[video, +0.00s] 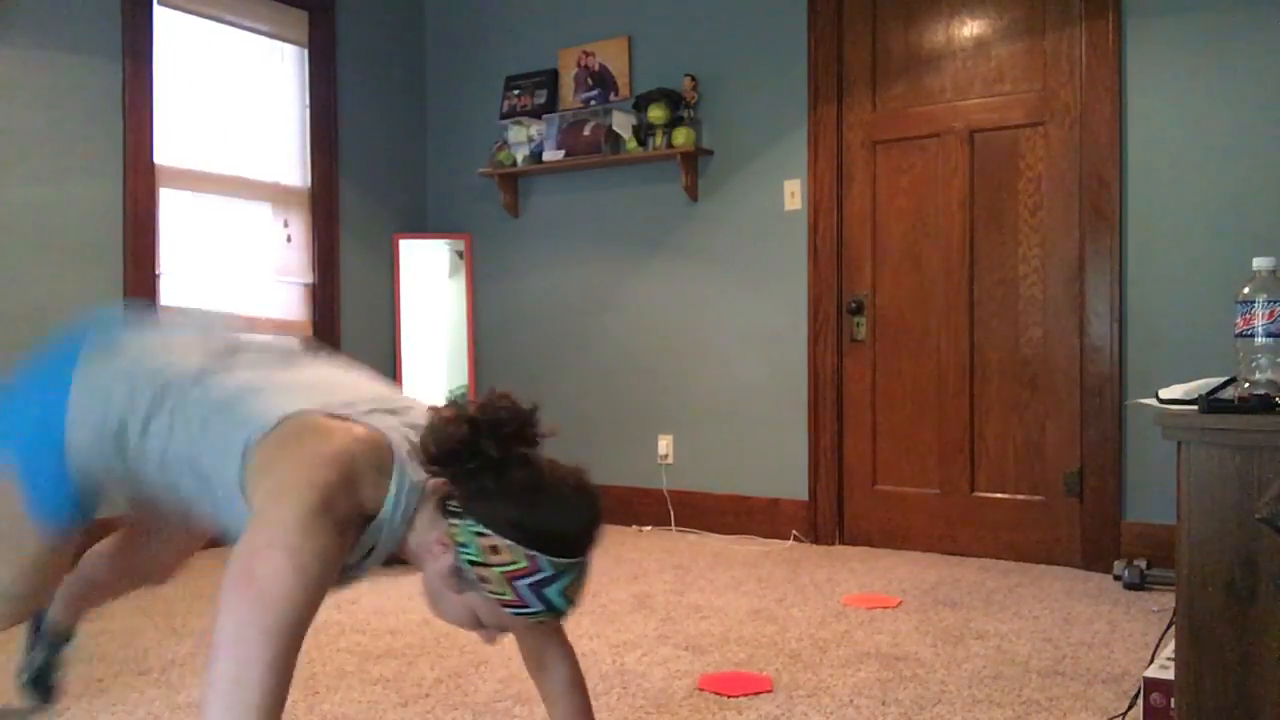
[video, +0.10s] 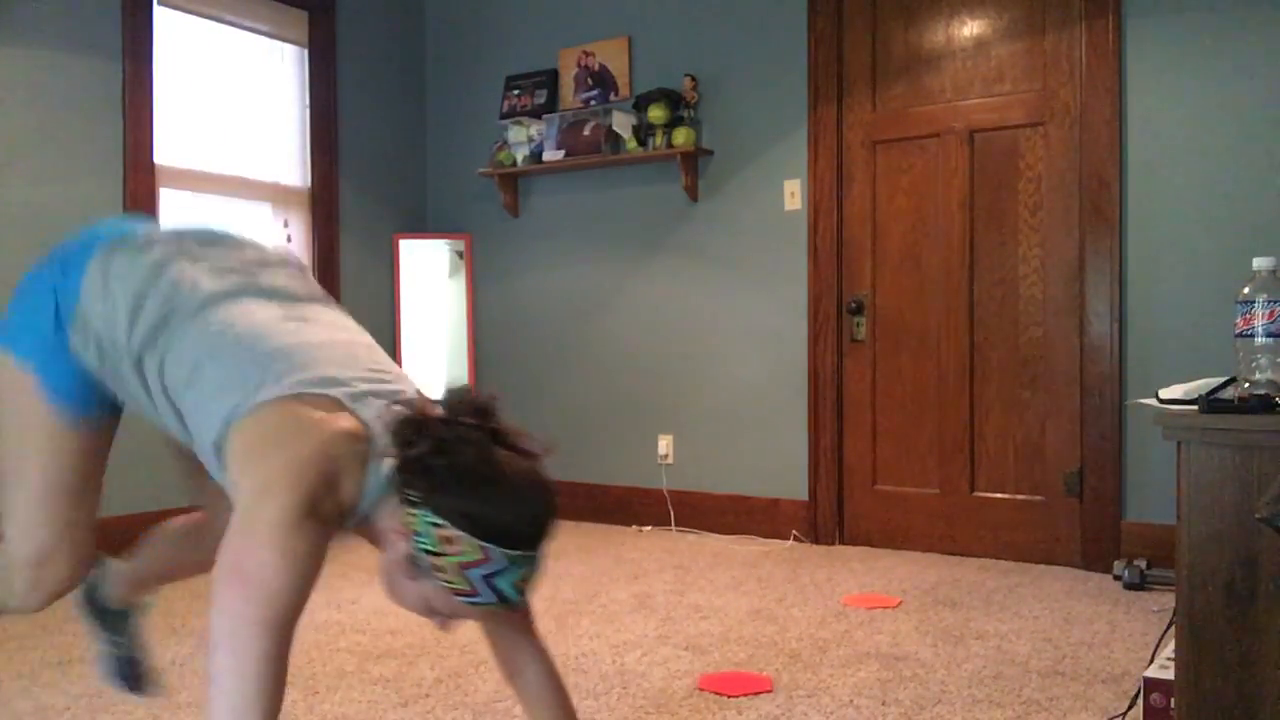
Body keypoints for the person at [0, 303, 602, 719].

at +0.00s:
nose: (493, 637)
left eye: (516, 625)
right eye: (491, 610)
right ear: (451, 535)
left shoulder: (477, 471)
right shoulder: (318, 487)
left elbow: (551, 656)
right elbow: (238, 712)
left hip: (200, 366)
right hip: (84, 384)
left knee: (150, 555)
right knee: (20, 593)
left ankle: (53, 619)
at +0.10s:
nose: (456, 617)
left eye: (476, 605)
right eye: (453, 596)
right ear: (404, 537)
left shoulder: (454, 468)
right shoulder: (299, 473)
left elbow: (526, 660)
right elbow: (240, 712)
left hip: (210, 263)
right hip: (87, 278)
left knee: (241, 528)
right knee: (37, 573)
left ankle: (112, 592)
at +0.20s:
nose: (424, 616)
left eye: (445, 601)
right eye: (419, 595)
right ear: (371, 527)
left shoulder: (428, 459)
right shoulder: (272, 484)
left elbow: (505, 646)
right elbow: (230, 712)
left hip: (217, 243)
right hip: (76, 259)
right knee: (90, 534)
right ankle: (23, 671)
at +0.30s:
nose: (439, 594)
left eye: (459, 577)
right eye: (437, 571)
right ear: (399, 513)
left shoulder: (439, 459)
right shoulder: (281, 473)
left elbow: (519, 655)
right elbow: (237, 704)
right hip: (63, 324)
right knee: (122, 560)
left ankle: (252, 699)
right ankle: (77, 706)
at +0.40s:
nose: (469, 532)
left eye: (485, 512)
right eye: (461, 507)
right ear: (415, 446)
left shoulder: (443, 451)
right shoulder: (279, 447)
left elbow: (520, 648)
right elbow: (234, 703)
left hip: (174, 433)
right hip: (54, 431)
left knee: (358, 571)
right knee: (158, 595)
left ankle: (244, 704)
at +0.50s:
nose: (468, 449)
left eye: (477, 426)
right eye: (452, 424)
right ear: (382, 382)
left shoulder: (430, 433)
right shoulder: (265, 400)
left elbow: (498, 604)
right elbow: (234, 688)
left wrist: (550, 716)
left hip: (175, 455)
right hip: (45, 442)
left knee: (351, 563)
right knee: (165, 601)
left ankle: (242, 714)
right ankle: (111, 715)